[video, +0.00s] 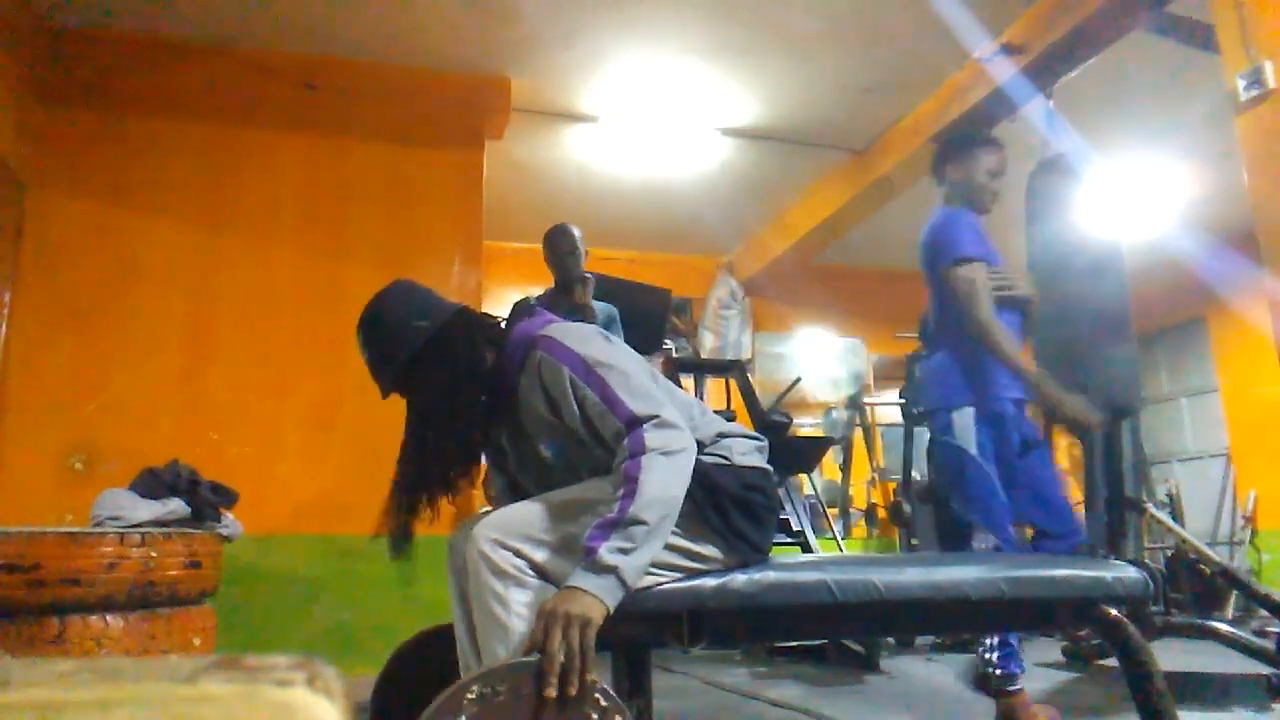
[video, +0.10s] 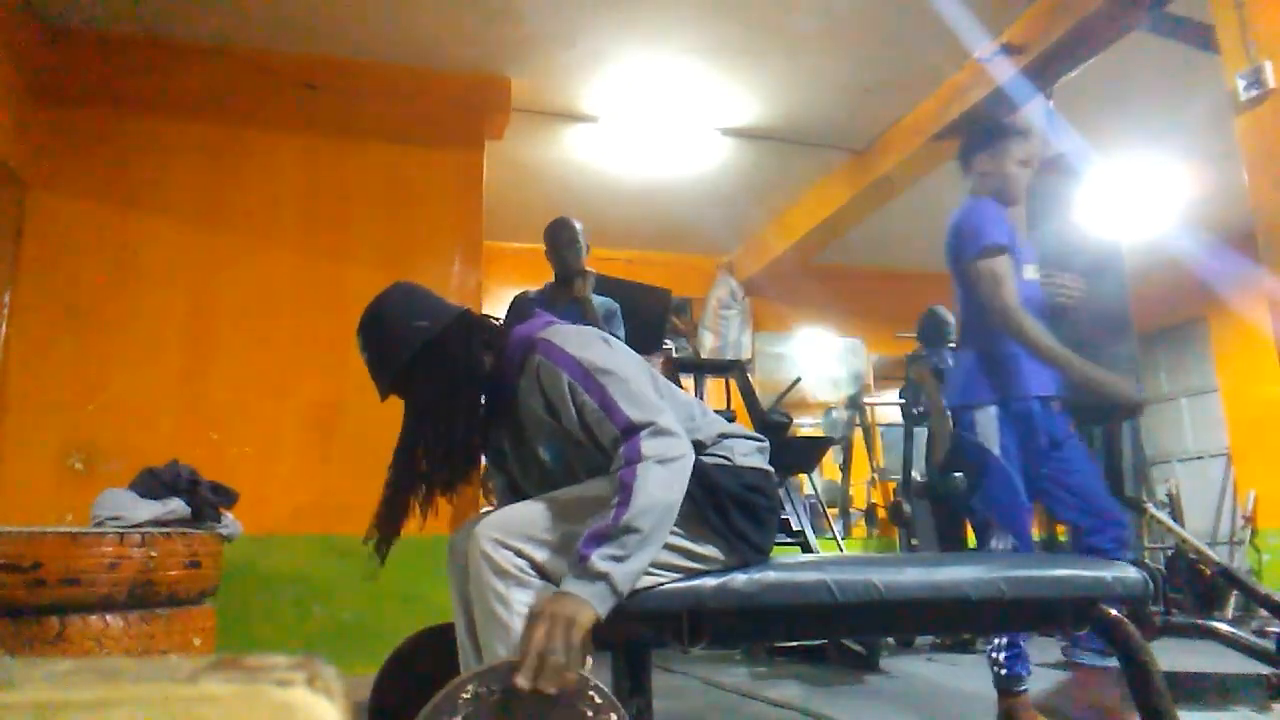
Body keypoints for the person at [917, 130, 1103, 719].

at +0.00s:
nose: (999, 187)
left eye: (1001, 176)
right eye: (990, 174)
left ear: (963, 173)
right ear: (952, 170)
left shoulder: (970, 234)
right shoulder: (952, 227)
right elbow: (978, 321)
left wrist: (1025, 301)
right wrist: (1053, 394)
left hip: (1003, 406)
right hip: (967, 407)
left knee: (1064, 531)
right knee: (993, 539)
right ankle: (1006, 684)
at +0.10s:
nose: (1030, 176)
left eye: (1033, 165)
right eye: (1021, 163)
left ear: (1006, 166)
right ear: (983, 162)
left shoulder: (1007, 226)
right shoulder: (977, 216)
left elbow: (1012, 304)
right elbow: (1001, 308)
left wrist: (1061, 296)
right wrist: (1090, 373)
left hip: (1037, 404)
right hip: (988, 406)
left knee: (1105, 525)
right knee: (1006, 541)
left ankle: (1093, 672)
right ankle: (1012, 687)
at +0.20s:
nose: (1061, 157)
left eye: (1060, 146)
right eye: (1047, 145)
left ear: (1042, 156)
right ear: (1010, 154)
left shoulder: (1045, 224)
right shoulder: (1009, 213)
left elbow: (1059, 318)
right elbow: (1025, 308)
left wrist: (1108, 318)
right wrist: (1116, 366)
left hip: (1069, 400)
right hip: (1020, 404)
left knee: (1128, 531)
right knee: (1025, 543)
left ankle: (1178, 681)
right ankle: (1019, 693)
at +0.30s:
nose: (1089, 152)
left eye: (1089, 141)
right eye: (1078, 142)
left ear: (1066, 150)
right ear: (1045, 150)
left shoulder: (1085, 217)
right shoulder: (1042, 208)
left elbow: (1093, 311)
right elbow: (1047, 306)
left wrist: (1144, 318)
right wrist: (1127, 370)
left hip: (1115, 405)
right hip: (1068, 406)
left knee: (1167, 548)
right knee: (1068, 550)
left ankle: (1222, 695)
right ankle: (1025, 695)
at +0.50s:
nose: (1175, 136)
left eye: (1175, 126)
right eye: (1162, 124)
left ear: (1135, 137)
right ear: (1118, 134)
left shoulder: (1158, 206)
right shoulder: (1112, 192)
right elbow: (1096, 298)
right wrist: (1122, 392)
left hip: (1201, 392)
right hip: (1177, 394)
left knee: (1209, 538)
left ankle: (1234, 688)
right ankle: (1123, 639)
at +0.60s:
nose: (1214, 124)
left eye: (1215, 114)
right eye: (1201, 113)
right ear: (1155, 120)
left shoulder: (1212, 203)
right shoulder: (1142, 186)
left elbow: (1248, 280)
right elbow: (1115, 297)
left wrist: (1268, 246)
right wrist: (1132, 394)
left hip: (1236, 376)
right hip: (1203, 379)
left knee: (1228, 535)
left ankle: (1238, 673)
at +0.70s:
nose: (1255, 116)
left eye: (1254, 105)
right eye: (1242, 103)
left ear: (1206, 109)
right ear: (1196, 108)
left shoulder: (1250, 190)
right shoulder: (1175, 186)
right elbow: (1144, 290)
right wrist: (1158, 393)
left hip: (1263, 375)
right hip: (1231, 377)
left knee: (1256, 530)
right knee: (1256, 529)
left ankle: (1251, 687)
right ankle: (1249, 687)